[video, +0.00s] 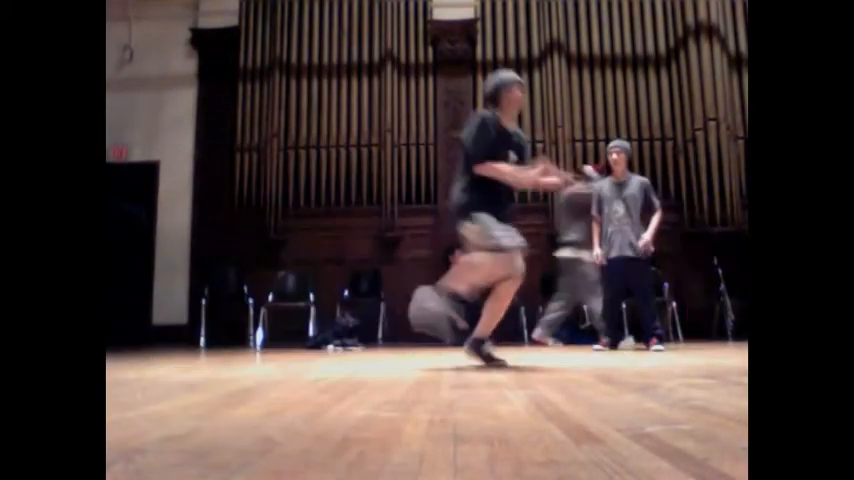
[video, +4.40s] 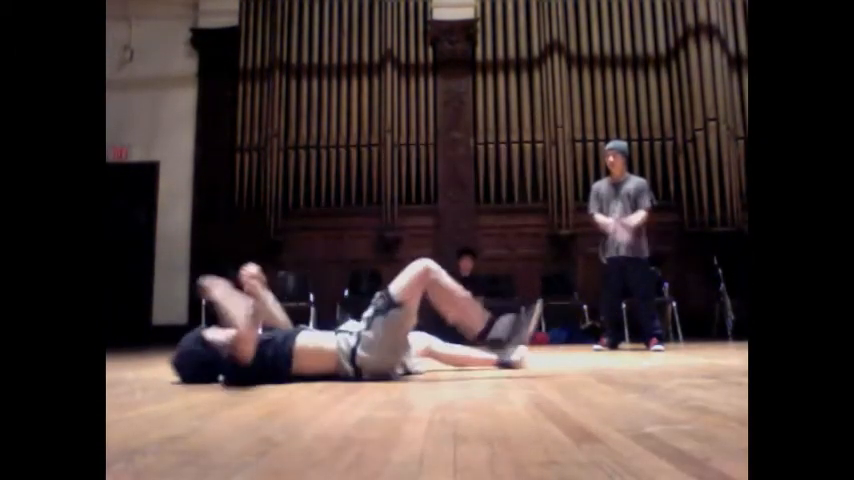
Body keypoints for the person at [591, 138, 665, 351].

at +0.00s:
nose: (615, 158)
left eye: (619, 153)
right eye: (612, 154)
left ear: (627, 157)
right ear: (607, 159)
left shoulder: (641, 183)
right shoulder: (600, 187)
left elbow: (657, 211)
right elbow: (596, 219)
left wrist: (648, 235)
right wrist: (596, 246)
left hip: (636, 250)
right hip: (611, 251)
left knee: (644, 297)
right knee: (610, 299)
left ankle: (652, 337)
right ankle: (610, 337)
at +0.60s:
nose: (609, 159)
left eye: (614, 155)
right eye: (607, 155)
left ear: (623, 159)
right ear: (603, 160)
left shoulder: (637, 184)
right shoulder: (597, 188)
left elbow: (651, 212)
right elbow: (591, 215)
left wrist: (641, 234)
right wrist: (603, 222)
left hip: (634, 250)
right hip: (610, 252)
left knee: (643, 297)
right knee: (611, 298)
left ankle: (651, 336)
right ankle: (612, 337)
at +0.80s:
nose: (609, 162)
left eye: (614, 158)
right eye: (606, 158)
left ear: (623, 161)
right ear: (603, 162)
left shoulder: (637, 184)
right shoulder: (598, 187)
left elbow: (649, 212)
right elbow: (592, 213)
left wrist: (642, 236)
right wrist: (610, 194)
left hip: (633, 249)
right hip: (609, 251)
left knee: (641, 296)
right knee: (611, 299)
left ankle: (651, 336)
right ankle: (611, 337)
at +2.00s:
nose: (610, 162)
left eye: (614, 158)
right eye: (607, 158)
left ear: (623, 160)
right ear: (605, 162)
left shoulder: (639, 184)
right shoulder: (598, 188)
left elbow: (651, 211)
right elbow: (592, 214)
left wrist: (647, 241)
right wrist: (608, 226)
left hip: (636, 250)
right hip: (611, 251)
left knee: (644, 296)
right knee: (610, 298)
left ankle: (653, 336)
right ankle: (609, 337)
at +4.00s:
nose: (612, 159)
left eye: (616, 155)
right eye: (609, 155)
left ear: (625, 158)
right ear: (606, 160)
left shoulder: (640, 185)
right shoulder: (598, 188)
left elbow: (649, 215)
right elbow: (595, 219)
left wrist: (652, 245)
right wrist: (595, 246)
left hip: (636, 251)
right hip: (610, 252)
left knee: (645, 297)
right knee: (610, 299)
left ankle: (653, 336)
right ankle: (609, 337)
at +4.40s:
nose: (611, 161)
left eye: (615, 156)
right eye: (608, 157)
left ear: (624, 159)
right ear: (605, 161)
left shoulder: (639, 184)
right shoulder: (598, 187)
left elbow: (644, 211)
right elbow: (595, 214)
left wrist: (627, 223)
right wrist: (611, 225)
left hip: (636, 252)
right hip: (611, 253)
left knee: (644, 296)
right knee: (610, 298)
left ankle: (653, 336)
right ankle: (609, 337)